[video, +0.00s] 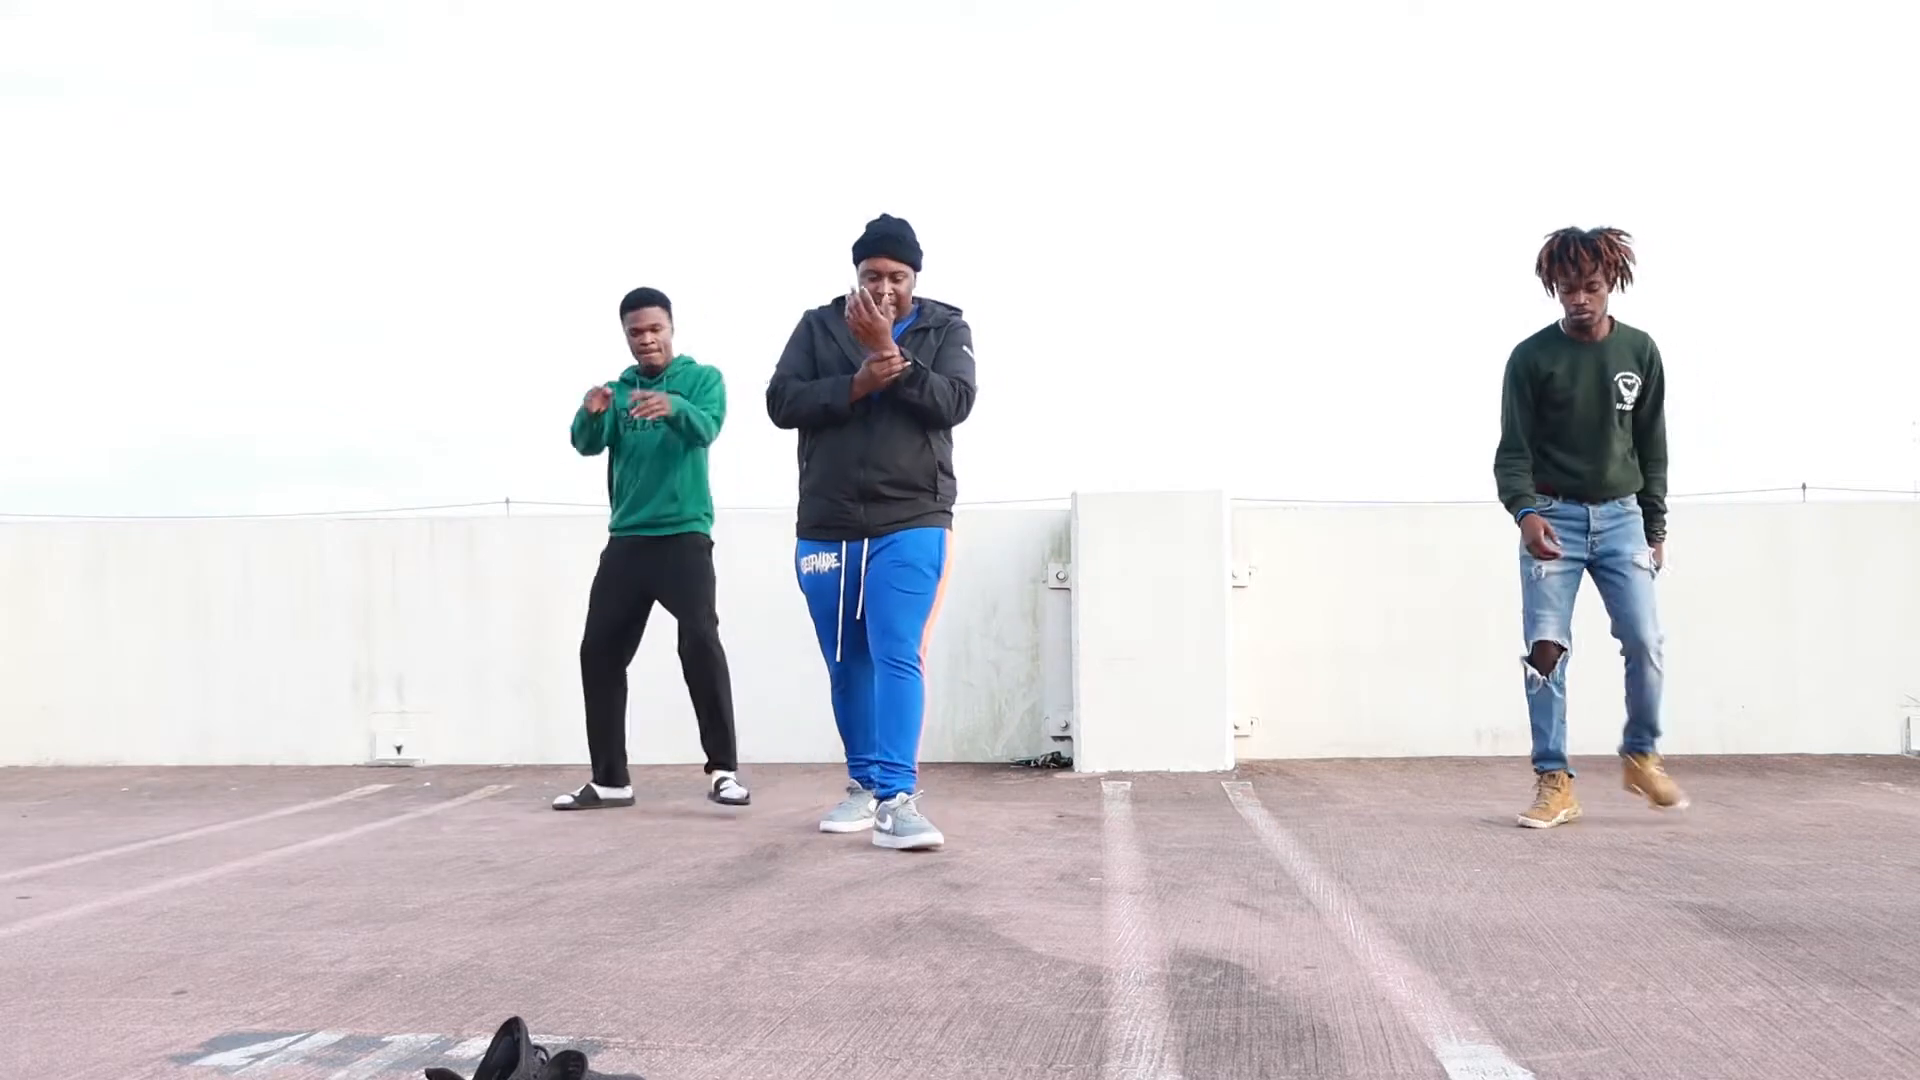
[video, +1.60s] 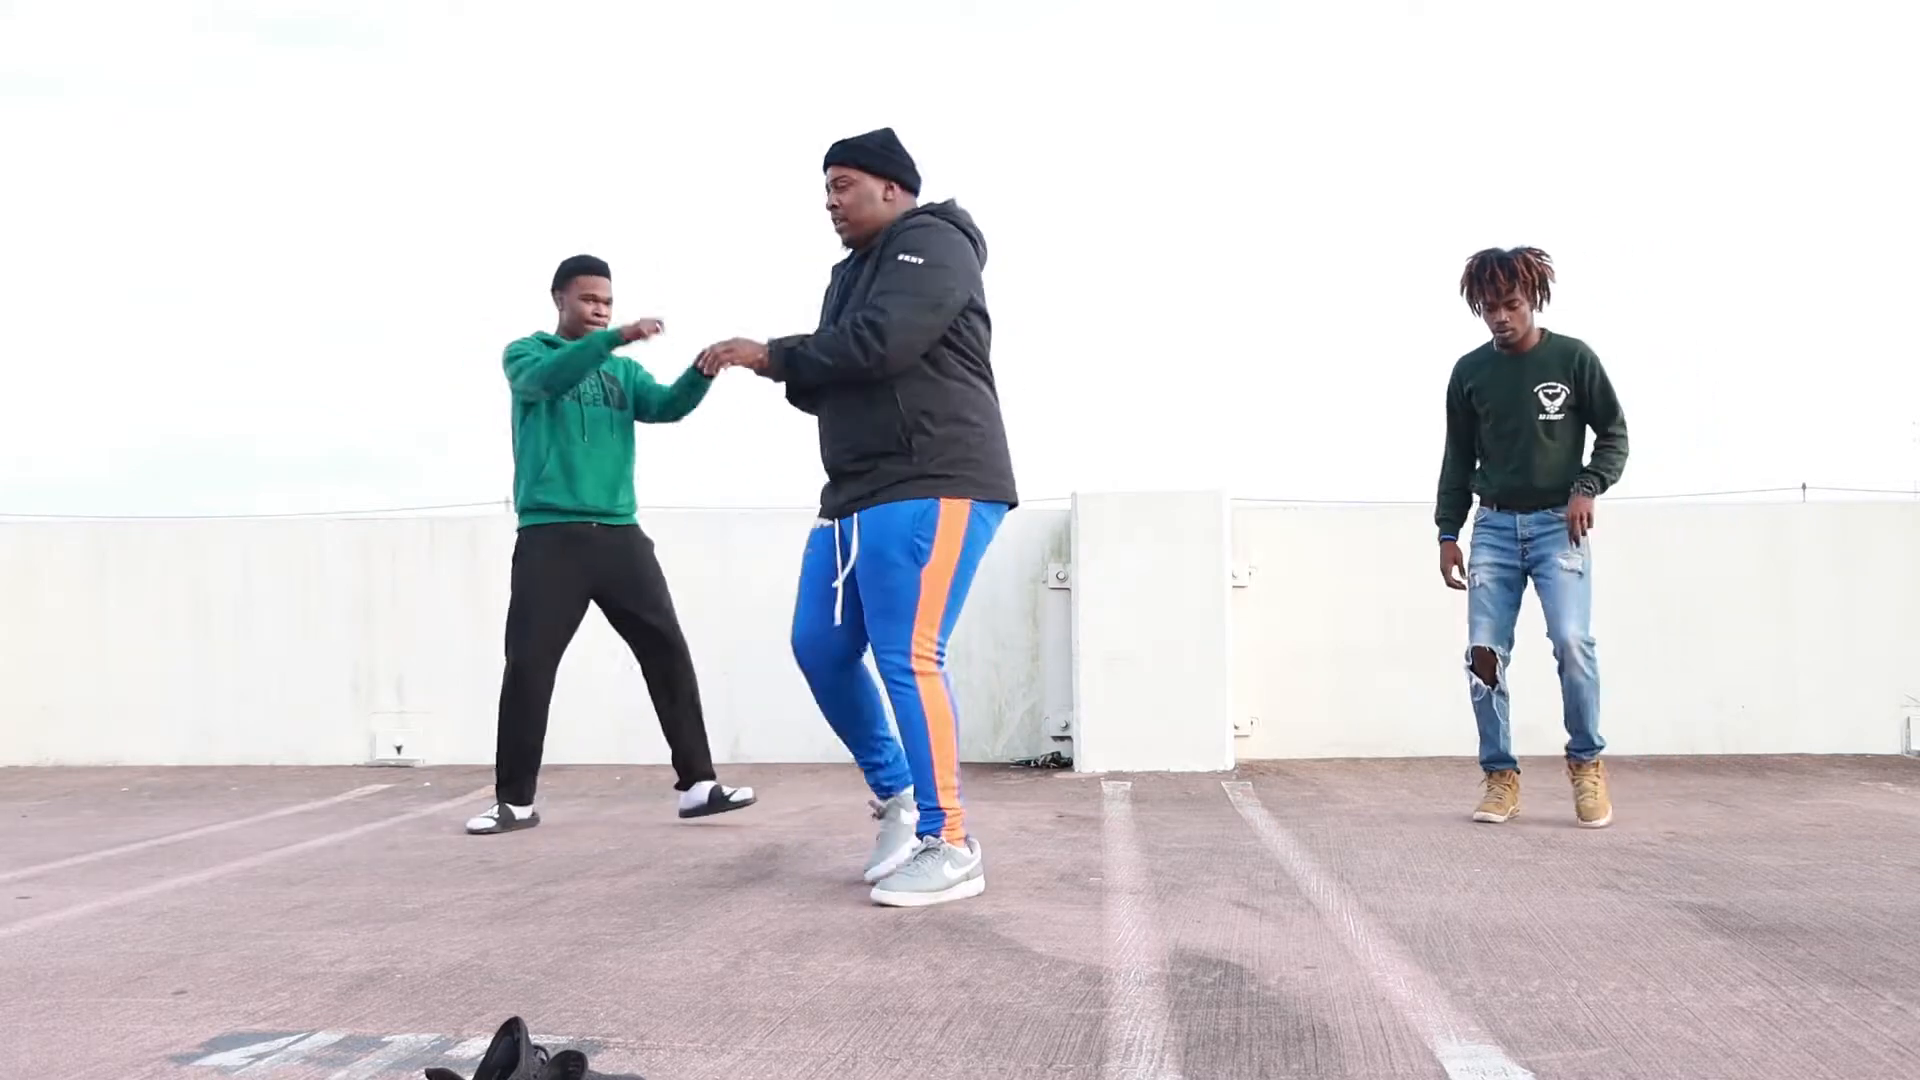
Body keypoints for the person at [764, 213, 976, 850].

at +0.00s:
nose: (883, 289)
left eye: (896, 277)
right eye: (872, 276)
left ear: (916, 279)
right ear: (854, 275)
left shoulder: (941, 326)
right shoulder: (819, 325)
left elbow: (953, 403)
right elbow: (781, 401)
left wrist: (887, 349)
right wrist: (855, 384)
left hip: (909, 516)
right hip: (827, 520)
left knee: (895, 650)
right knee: (846, 659)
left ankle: (896, 797)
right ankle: (865, 788)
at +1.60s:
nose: (831, 201)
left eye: (844, 186)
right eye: (827, 190)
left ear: (892, 187)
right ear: (840, 201)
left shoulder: (932, 240)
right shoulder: (850, 274)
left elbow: (879, 343)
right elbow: (834, 390)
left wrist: (774, 356)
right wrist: (778, 362)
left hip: (935, 483)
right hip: (857, 492)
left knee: (908, 652)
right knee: (822, 649)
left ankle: (948, 843)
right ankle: (900, 799)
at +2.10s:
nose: (793, 205)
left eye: (802, 193)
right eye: (797, 192)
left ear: (834, 197)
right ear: (860, 201)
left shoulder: (821, 257)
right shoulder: (898, 273)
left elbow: (764, 361)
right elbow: (863, 379)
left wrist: (721, 391)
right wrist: (767, 391)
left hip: (844, 489)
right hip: (894, 489)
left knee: (854, 668)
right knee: (777, 651)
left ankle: (942, 843)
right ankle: (786, 831)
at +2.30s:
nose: (759, 208)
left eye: (767, 197)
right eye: (763, 196)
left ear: (799, 203)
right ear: (823, 207)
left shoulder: (782, 261)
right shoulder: (864, 281)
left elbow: (716, 364)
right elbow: (825, 369)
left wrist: (681, 384)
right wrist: (732, 354)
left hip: (796, 483)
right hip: (862, 493)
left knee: (742, 651)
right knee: (773, 657)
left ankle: (871, 794)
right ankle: (783, 831)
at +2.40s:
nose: (742, 207)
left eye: (750, 195)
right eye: (745, 195)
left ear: (780, 200)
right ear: (806, 205)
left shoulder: (759, 261)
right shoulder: (851, 283)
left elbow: (693, 372)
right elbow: (804, 370)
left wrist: (669, 379)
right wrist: (706, 360)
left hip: (773, 482)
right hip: (849, 493)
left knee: (698, 641)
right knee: (777, 657)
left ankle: (788, 799)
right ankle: (788, 835)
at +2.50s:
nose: (724, 205)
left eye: (730, 194)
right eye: (726, 193)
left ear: (758, 198)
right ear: (793, 203)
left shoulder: (733, 257)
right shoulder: (839, 281)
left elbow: (678, 363)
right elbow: (819, 373)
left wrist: (662, 392)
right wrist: (718, 389)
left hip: (748, 481)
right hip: (835, 488)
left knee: (682, 640)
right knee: (781, 652)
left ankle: (703, 819)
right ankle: (787, 831)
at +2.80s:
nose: (669, 225)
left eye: (673, 217)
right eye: (675, 215)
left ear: (688, 223)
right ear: (739, 226)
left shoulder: (649, 288)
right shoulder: (786, 293)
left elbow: (598, 401)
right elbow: (820, 377)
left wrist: (591, 475)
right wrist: (761, 408)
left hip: (669, 501)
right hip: (769, 509)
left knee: (643, 663)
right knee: (738, 662)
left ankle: (621, 823)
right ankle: (777, 815)